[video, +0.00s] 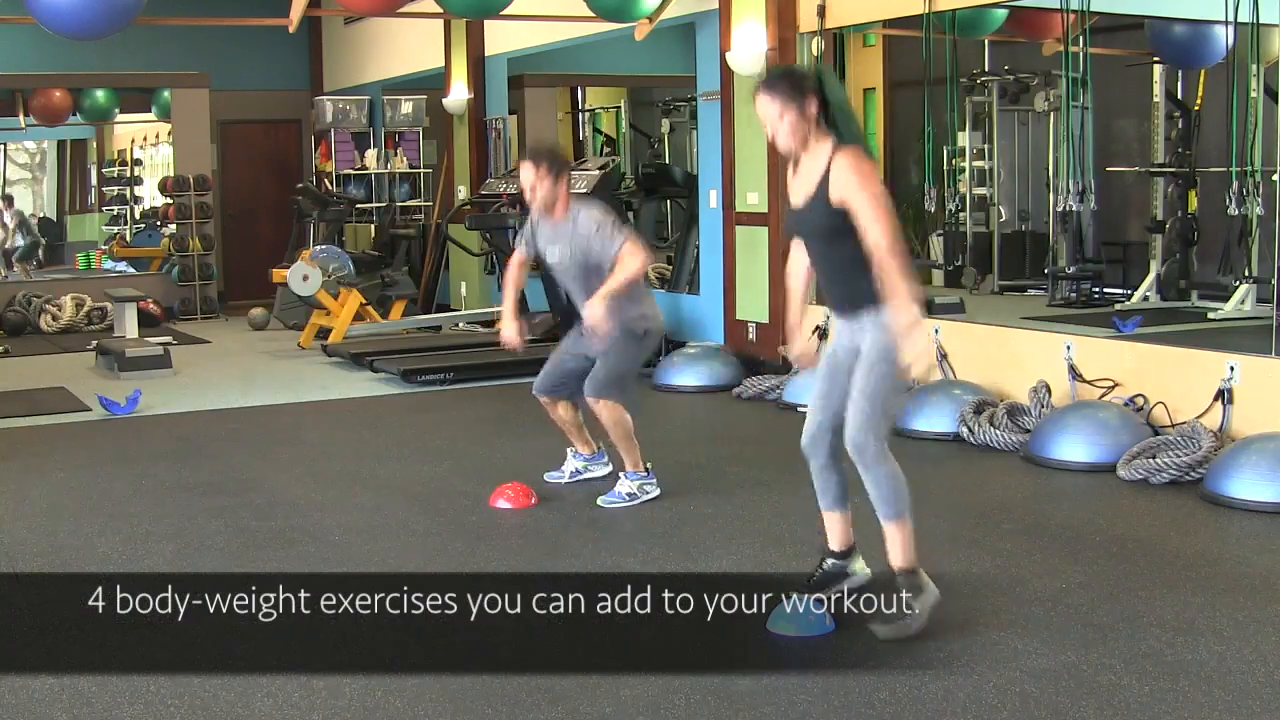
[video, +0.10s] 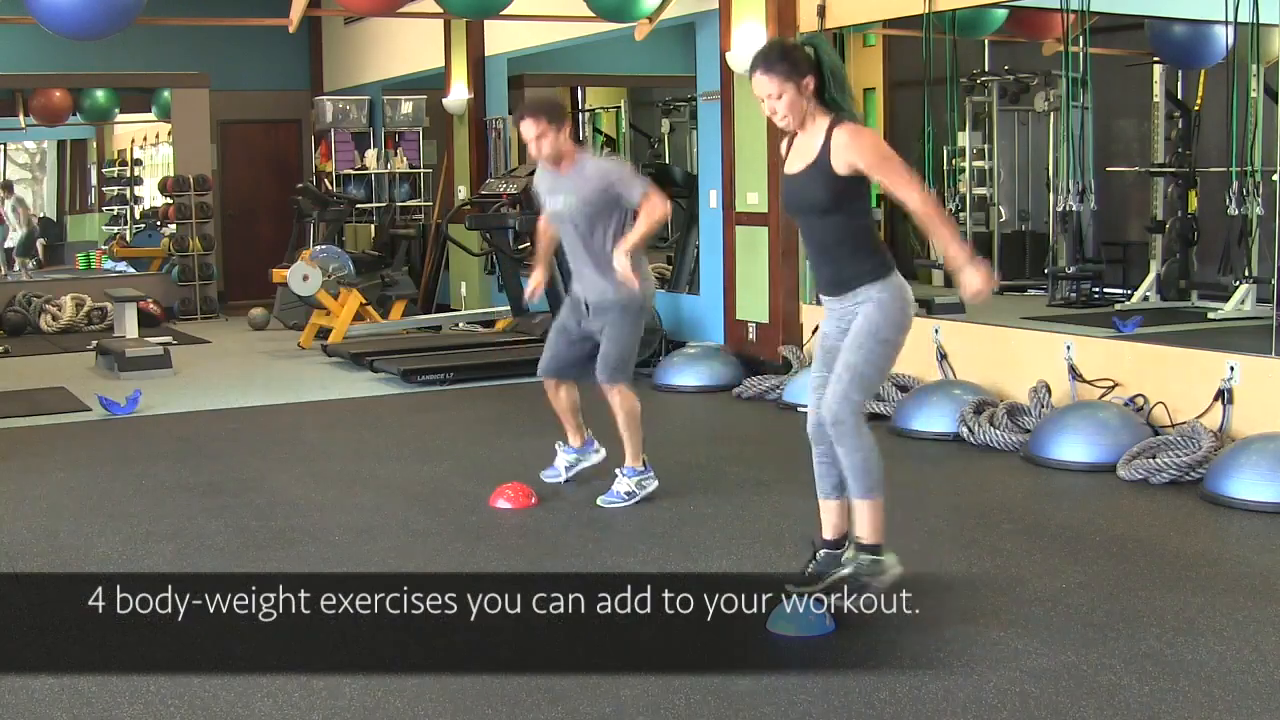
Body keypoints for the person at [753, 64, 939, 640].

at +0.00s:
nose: (770, 129)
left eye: (776, 116)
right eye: (765, 118)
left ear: (809, 108)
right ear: (775, 117)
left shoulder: (848, 165)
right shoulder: (795, 169)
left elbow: (887, 249)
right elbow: (804, 247)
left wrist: (912, 327)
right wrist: (796, 322)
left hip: (885, 320)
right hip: (843, 324)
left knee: (864, 439)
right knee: (818, 440)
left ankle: (909, 578)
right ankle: (843, 557)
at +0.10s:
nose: (769, 109)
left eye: (775, 96)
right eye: (762, 99)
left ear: (807, 86)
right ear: (761, 96)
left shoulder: (851, 140)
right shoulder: (790, 145)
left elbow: (915, 196)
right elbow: (821, 219)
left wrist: (963, 261)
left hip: (880, 297)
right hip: (836, 304)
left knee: (841, 412)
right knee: (820, 419)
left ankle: (873, 552)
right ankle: (832, 547)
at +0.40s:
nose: (770, 129)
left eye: (776, 116)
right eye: (763, 120)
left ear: (807, 104)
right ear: (761, 118)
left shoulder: (846, 159)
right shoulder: (789, 165)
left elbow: (907, 229)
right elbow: (801, 248)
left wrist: (914, 308)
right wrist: (776, 316)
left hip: (867, 318)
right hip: (827, 322)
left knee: (825, 426)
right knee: (814, 432)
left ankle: (870, 558)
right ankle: (841, 554)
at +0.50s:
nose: (768, 138)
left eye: (773, 125)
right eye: (763, 128)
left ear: (807, 112)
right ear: (771, 123)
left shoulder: (844, 167)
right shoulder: (793, 175)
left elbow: (881, 244)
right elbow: (789, 254)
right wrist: (729, 270)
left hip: (883, 326)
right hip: (842, 331)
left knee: (846, 440)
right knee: (802, 443)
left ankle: (897, 580)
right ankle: (834, 555)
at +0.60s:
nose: (765, 181)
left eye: (770, 168)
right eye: (761, 170)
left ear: (803, 159)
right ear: (779, 167)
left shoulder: (844, 213)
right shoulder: (788, 221)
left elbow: (825, 284)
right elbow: (750, 294)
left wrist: (749, 237)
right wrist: (711, 252)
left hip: (900, 363)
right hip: (853, 367)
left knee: (856, 472)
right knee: (792, 459)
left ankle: (913, 595)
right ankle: (835, 562)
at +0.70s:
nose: (766, 244)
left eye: (774, 232)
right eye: (762, 235)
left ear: (804, 227)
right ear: (759, 239)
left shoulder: (837, 282)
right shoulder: (784, 288)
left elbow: (781, 332)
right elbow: (720, 346)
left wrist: (748, 263)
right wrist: (710, 273)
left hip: (919, 414)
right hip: (866, 416)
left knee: (852, 485)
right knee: (785, 470)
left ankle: (914, 601)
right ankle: (837, 565)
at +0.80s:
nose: (760, 306)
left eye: (768, 294)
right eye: (757, 296)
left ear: (803, 292)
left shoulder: (838, 340)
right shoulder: (781, 345)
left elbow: (772, 396)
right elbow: (713, 397)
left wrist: (750, 319)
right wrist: (714, 324)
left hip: (931, 445)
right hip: (874, 445)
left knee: (855, 487)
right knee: (784, 472)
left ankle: (914, 602)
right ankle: (837, 566)